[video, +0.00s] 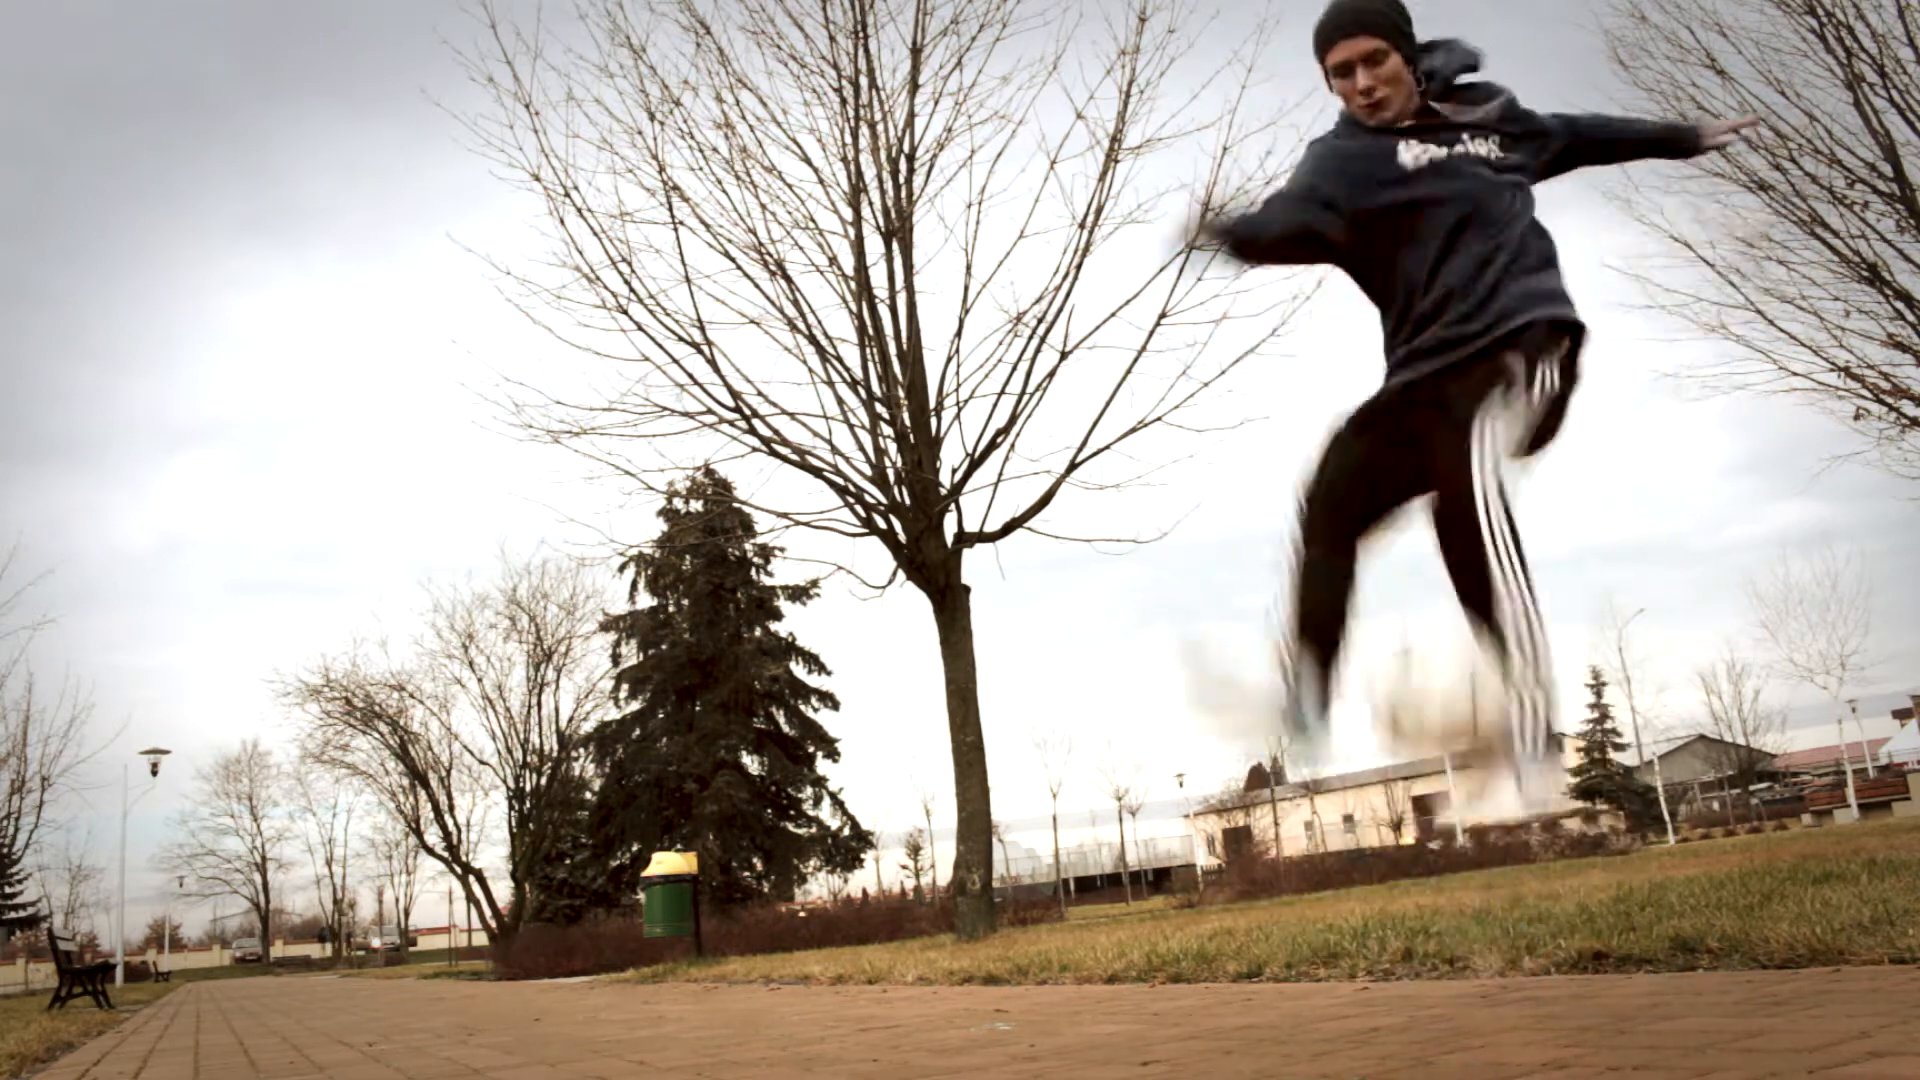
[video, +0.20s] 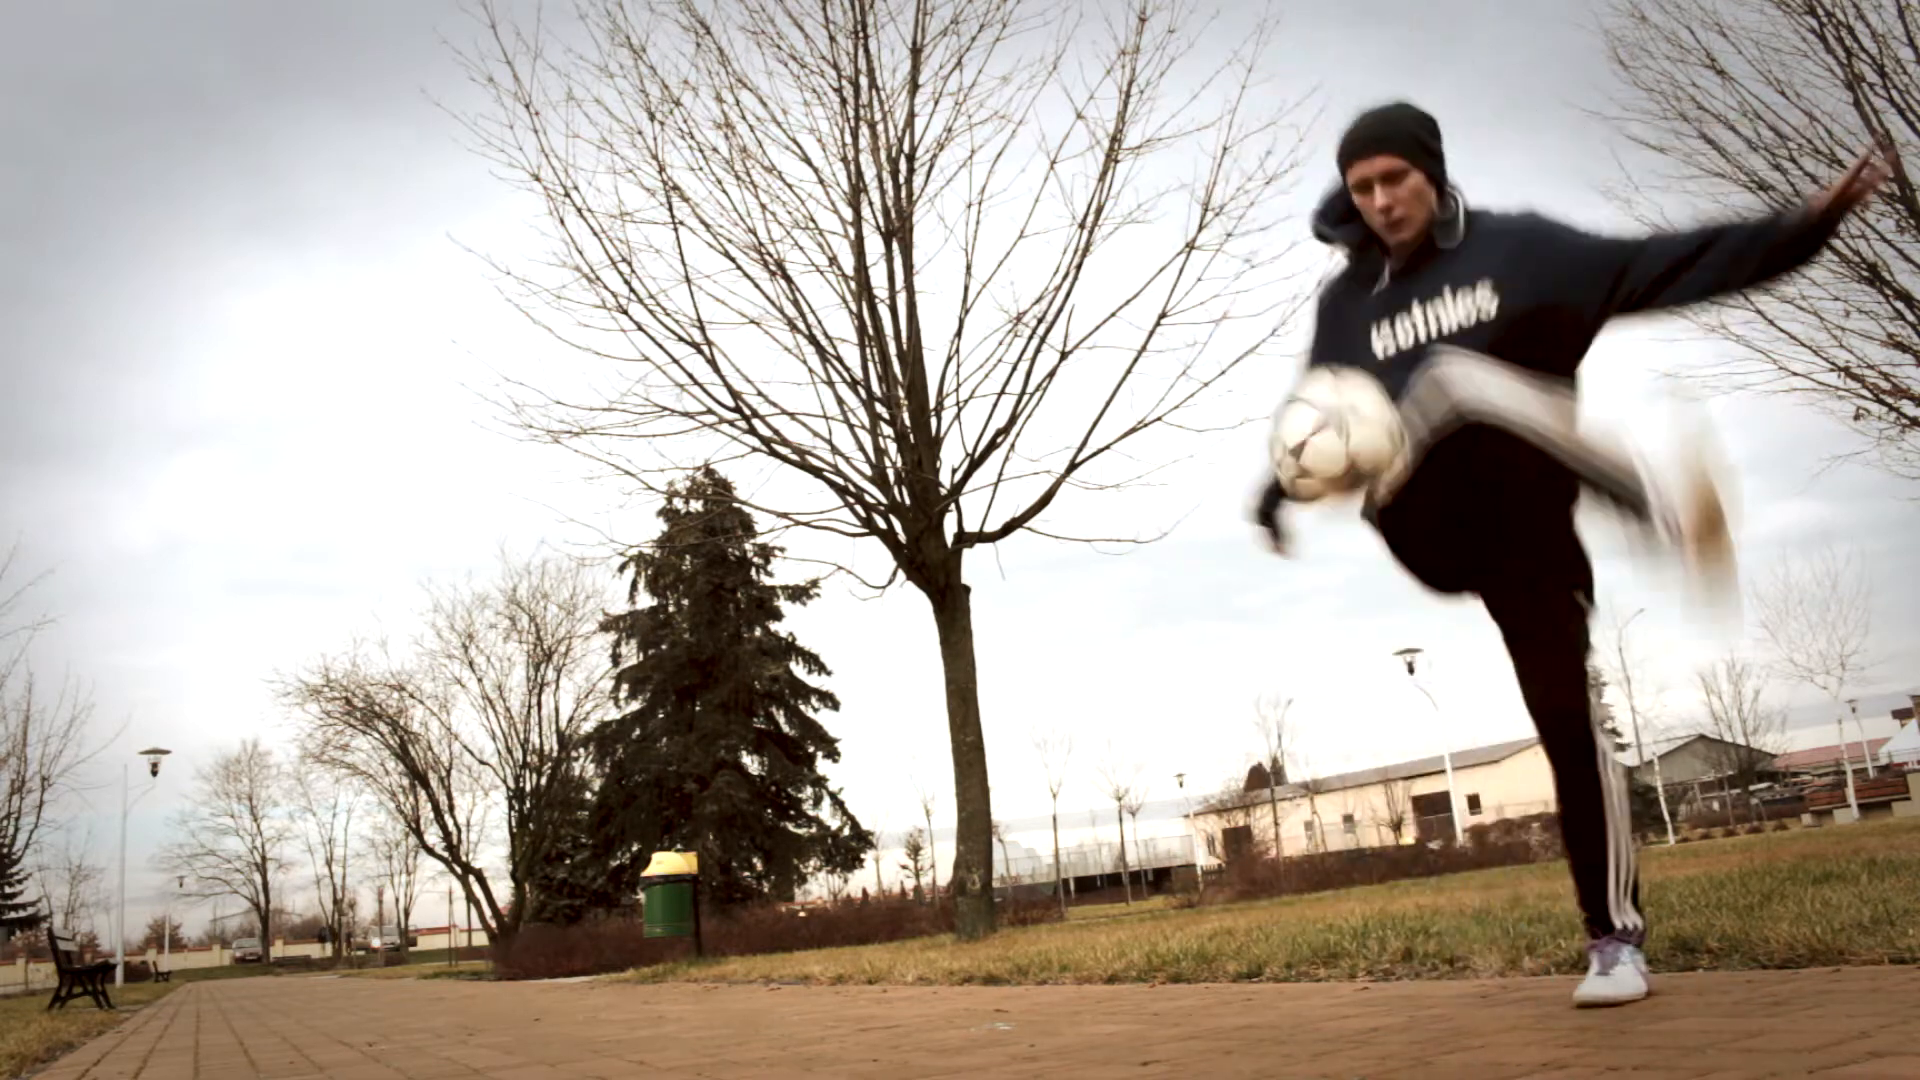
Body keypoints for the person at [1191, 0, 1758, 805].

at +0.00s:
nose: (1363, 82)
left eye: (1374, 60)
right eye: (1343, 73)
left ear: (1409, 52)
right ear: (1330, 84)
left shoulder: (1490, 124)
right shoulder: (1339, 159)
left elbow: (1586, 135)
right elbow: (1293, 223)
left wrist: (1687, 137)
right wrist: (1227, 232)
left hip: (1526, 338)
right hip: (1427, 373)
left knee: (1469, 492)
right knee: (1331, 507)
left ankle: (1533, 720)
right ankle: (1304, 715)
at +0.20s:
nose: (1382, 201)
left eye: (1395, 179)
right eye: (1364, 189)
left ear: (1434, 175)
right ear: (1350, 200)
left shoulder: (1520, 248)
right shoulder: (1345, 303)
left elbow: (1659, 265)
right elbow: (1322, 410)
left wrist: (1805, 226)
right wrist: (1282, 486)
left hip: (1527, 519)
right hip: (1430, 539)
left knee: (1567, 724)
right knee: (1451, 379)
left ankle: (1612, 938)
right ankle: (1665, 509)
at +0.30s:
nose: (1382, 197)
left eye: (1397, 176)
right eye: (1367, 185)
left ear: (1442, 177)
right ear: (1358, 198)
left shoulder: (1512, 256)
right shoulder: (1352, 297)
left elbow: (1606, 305)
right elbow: (1339, 412)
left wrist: (1703, 316)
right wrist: (1318, 516)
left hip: (1527, 516)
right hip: (1423, 523)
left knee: (1606, 716)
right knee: (1525, 600)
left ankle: (1621, 933)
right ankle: (1601, 825)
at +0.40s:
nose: (1371, 164)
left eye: (1386, 144)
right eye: (1357, 153)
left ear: (1434, 141)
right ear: (1352, 166)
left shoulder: (1505, 226)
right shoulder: (1345, 269)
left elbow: (1619, 287)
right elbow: (1321, 399)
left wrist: (1742, 300)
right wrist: (1250, 491)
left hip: (1503, 516)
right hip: (1396, 538)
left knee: (1524, 738)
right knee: (1400, 744)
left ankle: (1600, 935)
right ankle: (1477, 935)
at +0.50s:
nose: (1357, 176)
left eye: (1371, 155)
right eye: (1345, 164)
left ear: (1424, 145)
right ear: (1342, 174)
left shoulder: (1504, 211)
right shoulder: (1351, 277)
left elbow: (1657, 260)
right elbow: (1292, 381)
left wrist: (1813, 266)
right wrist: (1171, 435)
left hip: (1464, 505)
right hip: (1386, 518)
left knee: (1302, 676)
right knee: (1379, 737)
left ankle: (1429, 855)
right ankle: (1472, 950)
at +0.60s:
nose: (1335, 211)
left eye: (1344, 188)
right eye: (1323, 199)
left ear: (1398, 166)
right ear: (1331, 205)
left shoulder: (1504, 226)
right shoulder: (1339, 296)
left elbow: (1634, 262)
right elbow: (1223, 366)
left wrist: (1764, 234)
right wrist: (1091, 342)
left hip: (1454, 494)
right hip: (1401, 519)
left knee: (1211, 506)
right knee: (1367, 754)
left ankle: (1112, 676)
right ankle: (1476, 958)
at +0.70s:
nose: (1292, 207)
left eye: (1300, 184)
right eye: (1279, 196)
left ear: (1353, 163)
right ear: (1285, 198)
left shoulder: (1460, 204)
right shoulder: (1299, 285)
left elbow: (1591, 232)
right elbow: (1172, 335)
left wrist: (1704, 198)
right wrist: (1037, 303)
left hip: (1461, 436)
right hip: (1411, 502)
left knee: (1236, 361)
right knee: (1384, 731)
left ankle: (1033, 444)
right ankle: (1479, 950)